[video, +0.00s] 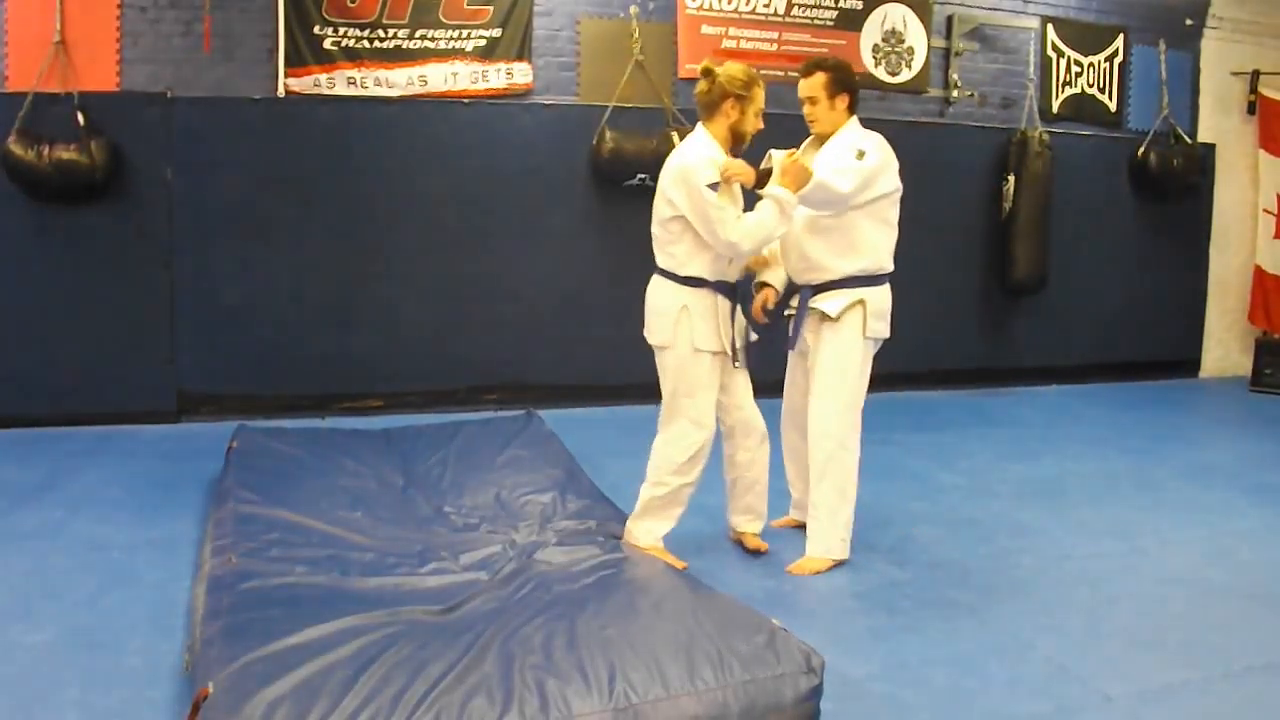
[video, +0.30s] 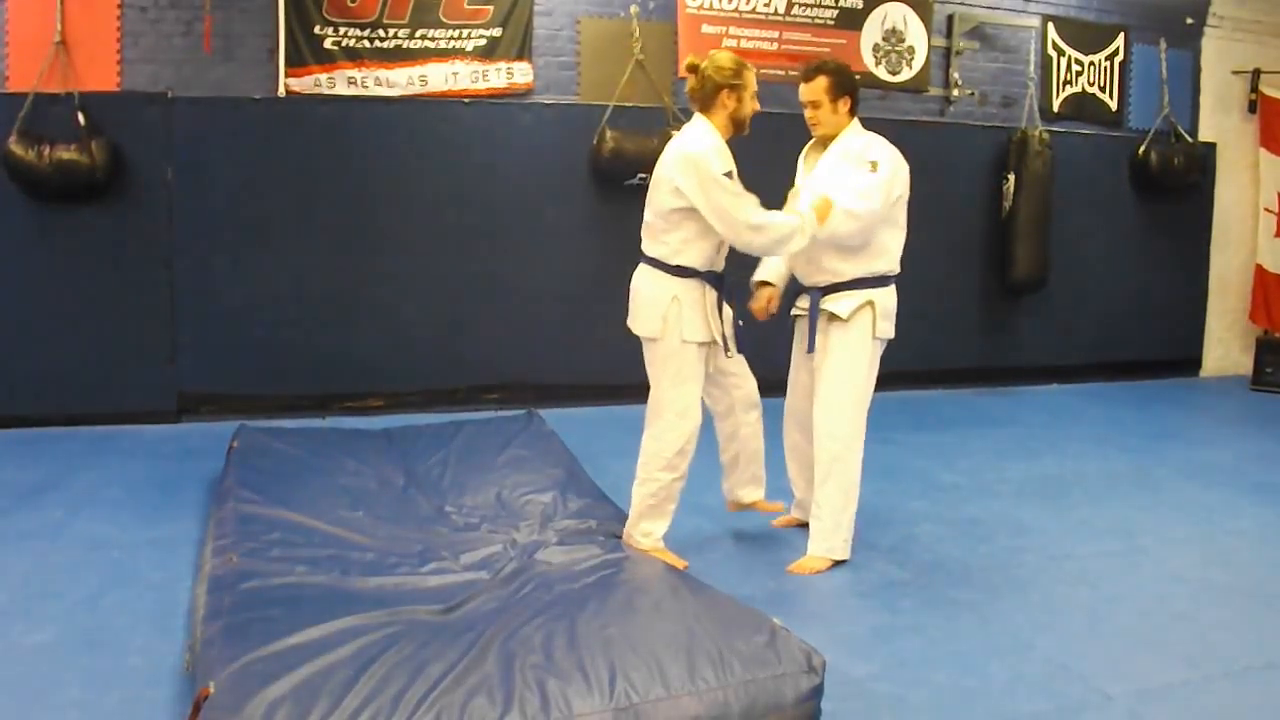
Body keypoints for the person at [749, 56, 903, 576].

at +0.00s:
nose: (805, 112)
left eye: (812, 103)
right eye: (802, 104)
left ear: (843, 101)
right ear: (810, 104)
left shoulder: (871, 149)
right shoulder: (806, 153)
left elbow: (830, 189)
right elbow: (780, 219)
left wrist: (761, 172)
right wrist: (770, 281)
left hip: (853, 303)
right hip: (813, 302)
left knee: (833, 421)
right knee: (798, 411)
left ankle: (832, 545)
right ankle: (806, 509)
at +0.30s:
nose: (806, 115)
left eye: (815, 106)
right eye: (803, 106)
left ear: (845, 104)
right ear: (808, 106)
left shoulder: (882, 159)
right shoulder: (811, 156)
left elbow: (850, 222)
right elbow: (792, 221)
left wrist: (802, 215)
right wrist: (770, 280)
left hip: (858, 304)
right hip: (814, 303)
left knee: (838, 422)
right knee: (801, 411)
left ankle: (832, 545)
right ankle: (807, 507)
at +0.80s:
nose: (906, 122)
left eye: (915, 113)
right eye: (904, 113)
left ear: (945, 116)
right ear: (910, 117)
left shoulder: (973, 175)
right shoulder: (912, 167)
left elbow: (949, 246)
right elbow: (888, 235)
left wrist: (893, 289)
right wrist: (861, 277)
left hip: (950, 311)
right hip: (905, 307)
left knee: (947, 415)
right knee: (873, 404)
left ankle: (980, 507)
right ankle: (834, 499)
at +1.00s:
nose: (957, 114)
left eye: (967, 106)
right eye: (955, 105)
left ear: (995, 110)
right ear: (956, 107)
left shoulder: (1023, 168)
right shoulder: (955, 157)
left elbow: (1006, 242)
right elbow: (938, 229)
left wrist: (956, 289)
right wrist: (925, 280)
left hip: (995, 296)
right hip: (948, 294)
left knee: (976, 400)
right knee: (923, 390)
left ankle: (979, 510)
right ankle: (950, 484)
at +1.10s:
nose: (977, 116)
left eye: (987, 108)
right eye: (975, 107)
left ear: (1014, 114)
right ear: (974, 110)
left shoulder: (1044, 168)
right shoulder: (970, 162)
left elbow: (1047, 240)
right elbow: (952, 226)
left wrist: (996, 283)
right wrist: (941, 279)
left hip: (1016, 297)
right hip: (969, 293)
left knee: (991, 401)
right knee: (958, 391)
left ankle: (980, 508)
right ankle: (1014, 459)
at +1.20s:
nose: (993, 126)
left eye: (1003, 118)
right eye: (990, 117)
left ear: (1029, 123)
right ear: (985, 121)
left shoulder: (1060, 176)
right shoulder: (981, 175)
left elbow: (1074, 243)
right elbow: (961, 234)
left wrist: (1033, 292)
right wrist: (949, 288)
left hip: (1040, 304)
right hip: (993, 301)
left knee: (1008, 400)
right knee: (1009, 394)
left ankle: (980, 507)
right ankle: (1034, 474)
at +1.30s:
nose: (1007, 126)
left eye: (1017, 118)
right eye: (1003, 117)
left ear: (1042, 120)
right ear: (1000, 120)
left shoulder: (1079, 173)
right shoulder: (998, 174)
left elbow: (1085, 244)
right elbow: (978, 237)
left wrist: (1067, 303)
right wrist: (959, 294)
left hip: (1054, 297)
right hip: (1009, 296)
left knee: (1028, 397)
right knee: (1018, 394)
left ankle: (1003, 498)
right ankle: (1038, 472)